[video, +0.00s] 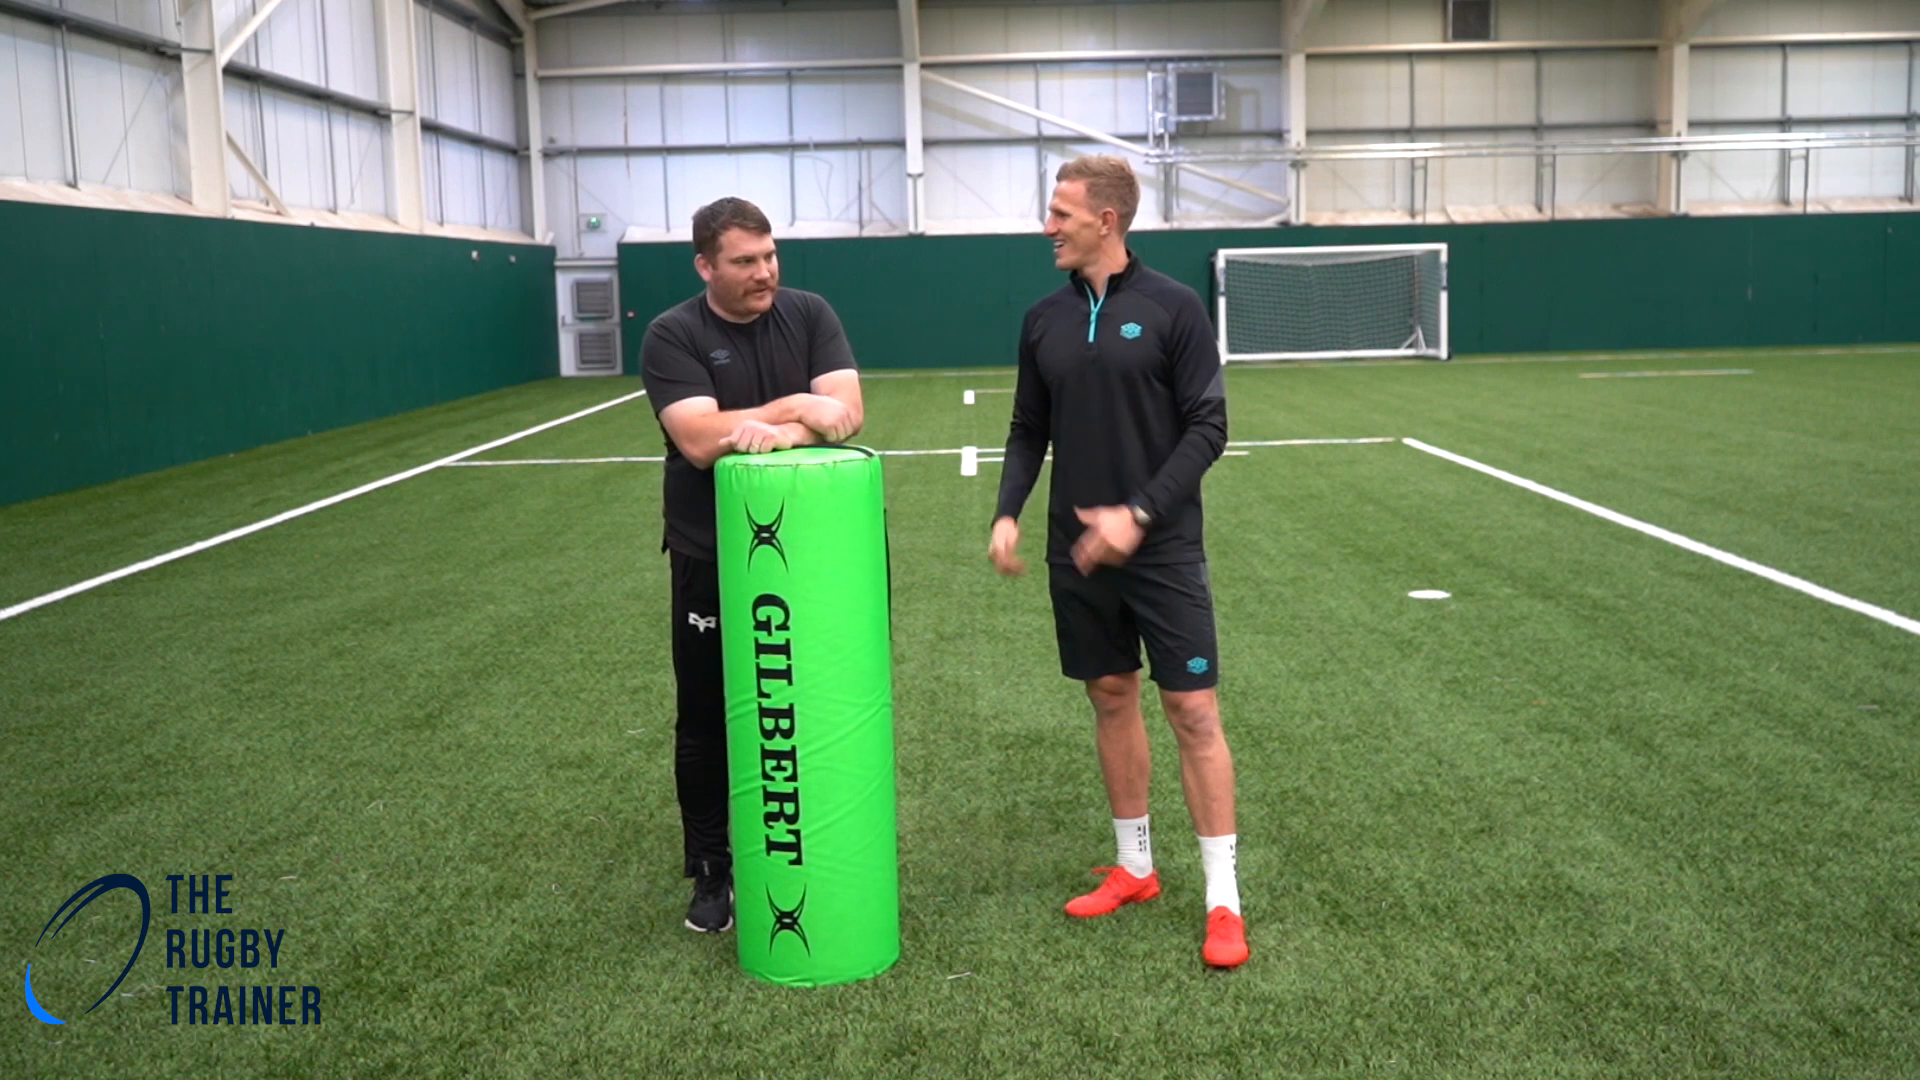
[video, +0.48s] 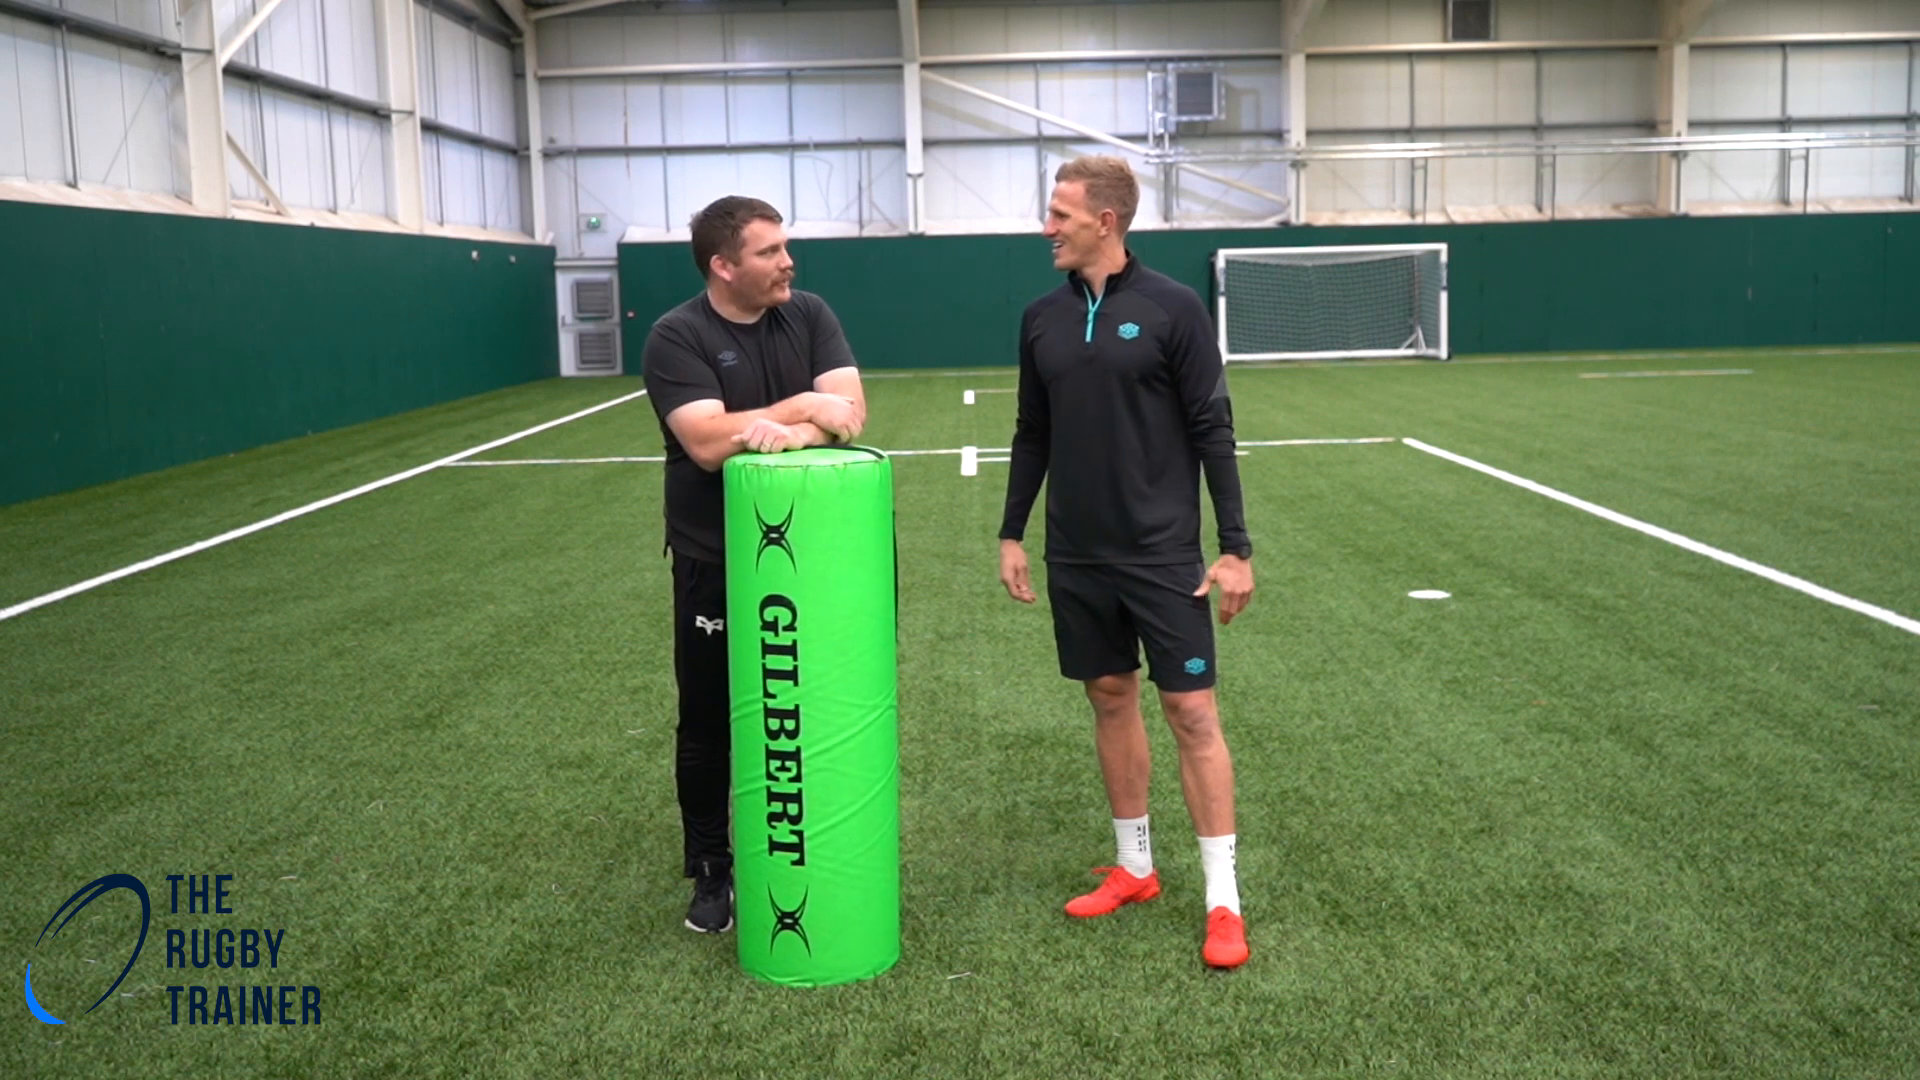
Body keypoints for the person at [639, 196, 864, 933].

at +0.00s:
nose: (764, 271)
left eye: (770, 256)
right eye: (746, 262)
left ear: (777, 251)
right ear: (704, 266)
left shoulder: (810, 313)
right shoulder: (672, 336)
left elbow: (843, 415)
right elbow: (698, 439)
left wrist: (764, 427)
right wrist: (802, 408)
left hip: (806, 555)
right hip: (711, 557)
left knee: (809, 710)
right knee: (707, 717)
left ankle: (812, 864)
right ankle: (713, 870)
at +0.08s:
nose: (768, 269)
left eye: (773, 254)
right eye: (750, 260)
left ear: (779, 251)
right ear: (707, 266)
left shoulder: (810, 312)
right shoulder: (673, 336)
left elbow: (845, 415)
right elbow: (700, 440)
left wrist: (761, 426)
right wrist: (804, 408)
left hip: (807, 554)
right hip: (712, 557)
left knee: (810, 711)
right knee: (708, 717)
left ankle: (813, 865)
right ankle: (713, 871)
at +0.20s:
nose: (777, 265)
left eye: (778, 250)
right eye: (759, 257)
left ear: (782, 247)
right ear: (713, 266)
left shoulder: (811, 313)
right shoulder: (676, 336)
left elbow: (846, 415)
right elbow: (702, 441)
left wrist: (763, 425)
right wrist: (806, 408)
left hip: (809, 555)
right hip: (714, 557)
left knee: (811, 711)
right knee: (709, 718)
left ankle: (814, 865)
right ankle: (713, 871)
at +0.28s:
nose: (780, 263)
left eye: (781, 248)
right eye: (763, 255)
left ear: (783, 247)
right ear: (716, 266)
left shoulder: (810, 313)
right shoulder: (676, 336)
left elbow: (846, 414)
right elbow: (704, 442)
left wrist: (764, 426)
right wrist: (807, 407)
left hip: (808, 555)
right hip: (714, 559)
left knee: (811, 711)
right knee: (710, 718)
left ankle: (813, 864)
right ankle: (713, 870)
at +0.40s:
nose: (784, 262)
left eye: (784, 248)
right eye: (768, 253)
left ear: (782, 250)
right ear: (719, 266)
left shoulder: (809, 313)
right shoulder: (676, 337)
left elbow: (847, 414)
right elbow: (705, 442)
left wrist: (770, 429)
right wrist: (808, 406)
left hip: (806, 557)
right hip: (713, 560)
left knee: (809, 711)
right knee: (709, 719)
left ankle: (811, 864)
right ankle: (713, 871)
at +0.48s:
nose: (786, 262)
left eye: (785, 248)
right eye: (770, 253)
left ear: (780, 250)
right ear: (721, 266)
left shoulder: (808, 313)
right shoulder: (676, 338)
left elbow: (846, 413)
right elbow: (705, 443)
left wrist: (769, 429)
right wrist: (808, 407)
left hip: (806, 556)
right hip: (713, 560)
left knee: (808, 711)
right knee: (709, 720)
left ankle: (811, 864)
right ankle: (713, 871)